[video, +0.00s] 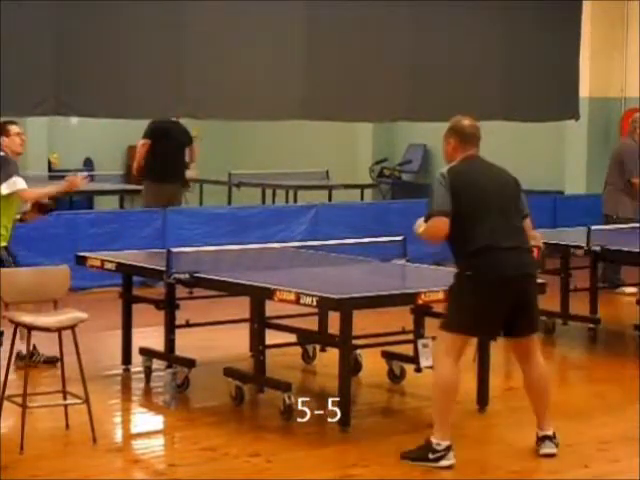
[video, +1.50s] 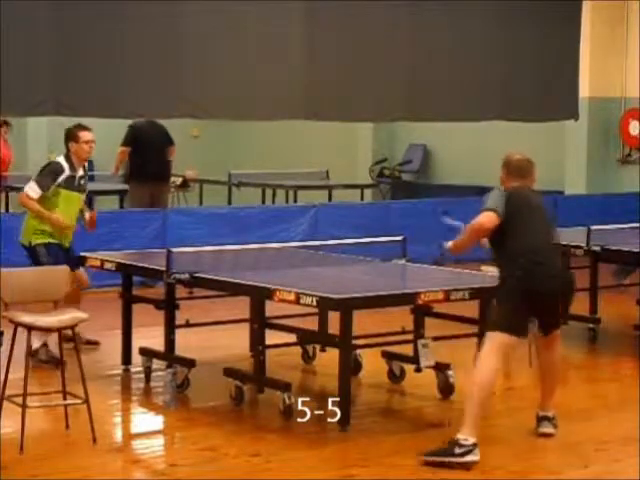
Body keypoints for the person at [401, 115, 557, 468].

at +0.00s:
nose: (443, 150)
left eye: (444, 145)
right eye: (445, 145)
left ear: (452, 144)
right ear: (477, 144)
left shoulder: (448, 177)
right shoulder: (506, 176)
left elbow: (439, 230)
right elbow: (529, 233)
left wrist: (421, 229)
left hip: (479, 276)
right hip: (522, 275)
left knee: (447, 353)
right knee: (529, 354)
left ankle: (439, 443)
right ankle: (546, 434)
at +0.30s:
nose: (442, 152)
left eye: (443, 147)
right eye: (444, 147)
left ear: (451, 146)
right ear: (477, 146)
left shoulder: (447, 179)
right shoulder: (507, 178)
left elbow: (439, 232)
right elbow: (531, 235)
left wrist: (422, 231)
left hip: (476, 276)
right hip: (520, 275)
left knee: (441, 355)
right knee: (528, 354)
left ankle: (439, 444)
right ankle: (546, 434)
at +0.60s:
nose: (448, 162)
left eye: (449, 156)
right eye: (449, 156)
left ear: (457, 153)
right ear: (482, 152)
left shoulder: (455, 185)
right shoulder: (516, 182)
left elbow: (449, 239)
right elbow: (543, 233)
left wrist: (433, 234)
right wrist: (509, 231)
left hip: (494, 271)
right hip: (535, 268)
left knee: (462, 353)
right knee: (536, 353)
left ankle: (447, 442)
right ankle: (548, 436)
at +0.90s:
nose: (451, 170)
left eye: (451, 164)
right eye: (452, 165)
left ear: (459, 162)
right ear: (484, 162)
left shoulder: (452, 190)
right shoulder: (514, 189)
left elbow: (439, 249)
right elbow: (538, 241)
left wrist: (448, 257)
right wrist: (507, 249)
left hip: (489, 274)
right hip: (531, 271)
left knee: (454, 358)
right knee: (534, 354)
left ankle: (453, 447)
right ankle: (547, 436)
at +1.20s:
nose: (479, 176)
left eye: (479, 171)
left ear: (483, 170)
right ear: (512, 172)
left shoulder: (471, 192)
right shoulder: (526, 201)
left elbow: (429, 228)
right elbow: (545, 250)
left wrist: (431, 238)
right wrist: (546, 246)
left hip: (485, 286)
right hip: (529, 285)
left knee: (442, 359)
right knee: (533, 348)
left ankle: (453, 448)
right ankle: (545, 416)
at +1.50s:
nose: (501, 181)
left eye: (501, 177)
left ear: (504, 177)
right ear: (533, 179)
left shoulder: (503, 195)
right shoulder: (541, 202)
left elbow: (485, 223)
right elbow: (534, 241)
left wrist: (458, 245)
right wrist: (488, 237)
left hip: (519, 280)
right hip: (556, 280)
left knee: (491, 353)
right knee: (550, 342)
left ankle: (466, 440)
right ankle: (547, 415)